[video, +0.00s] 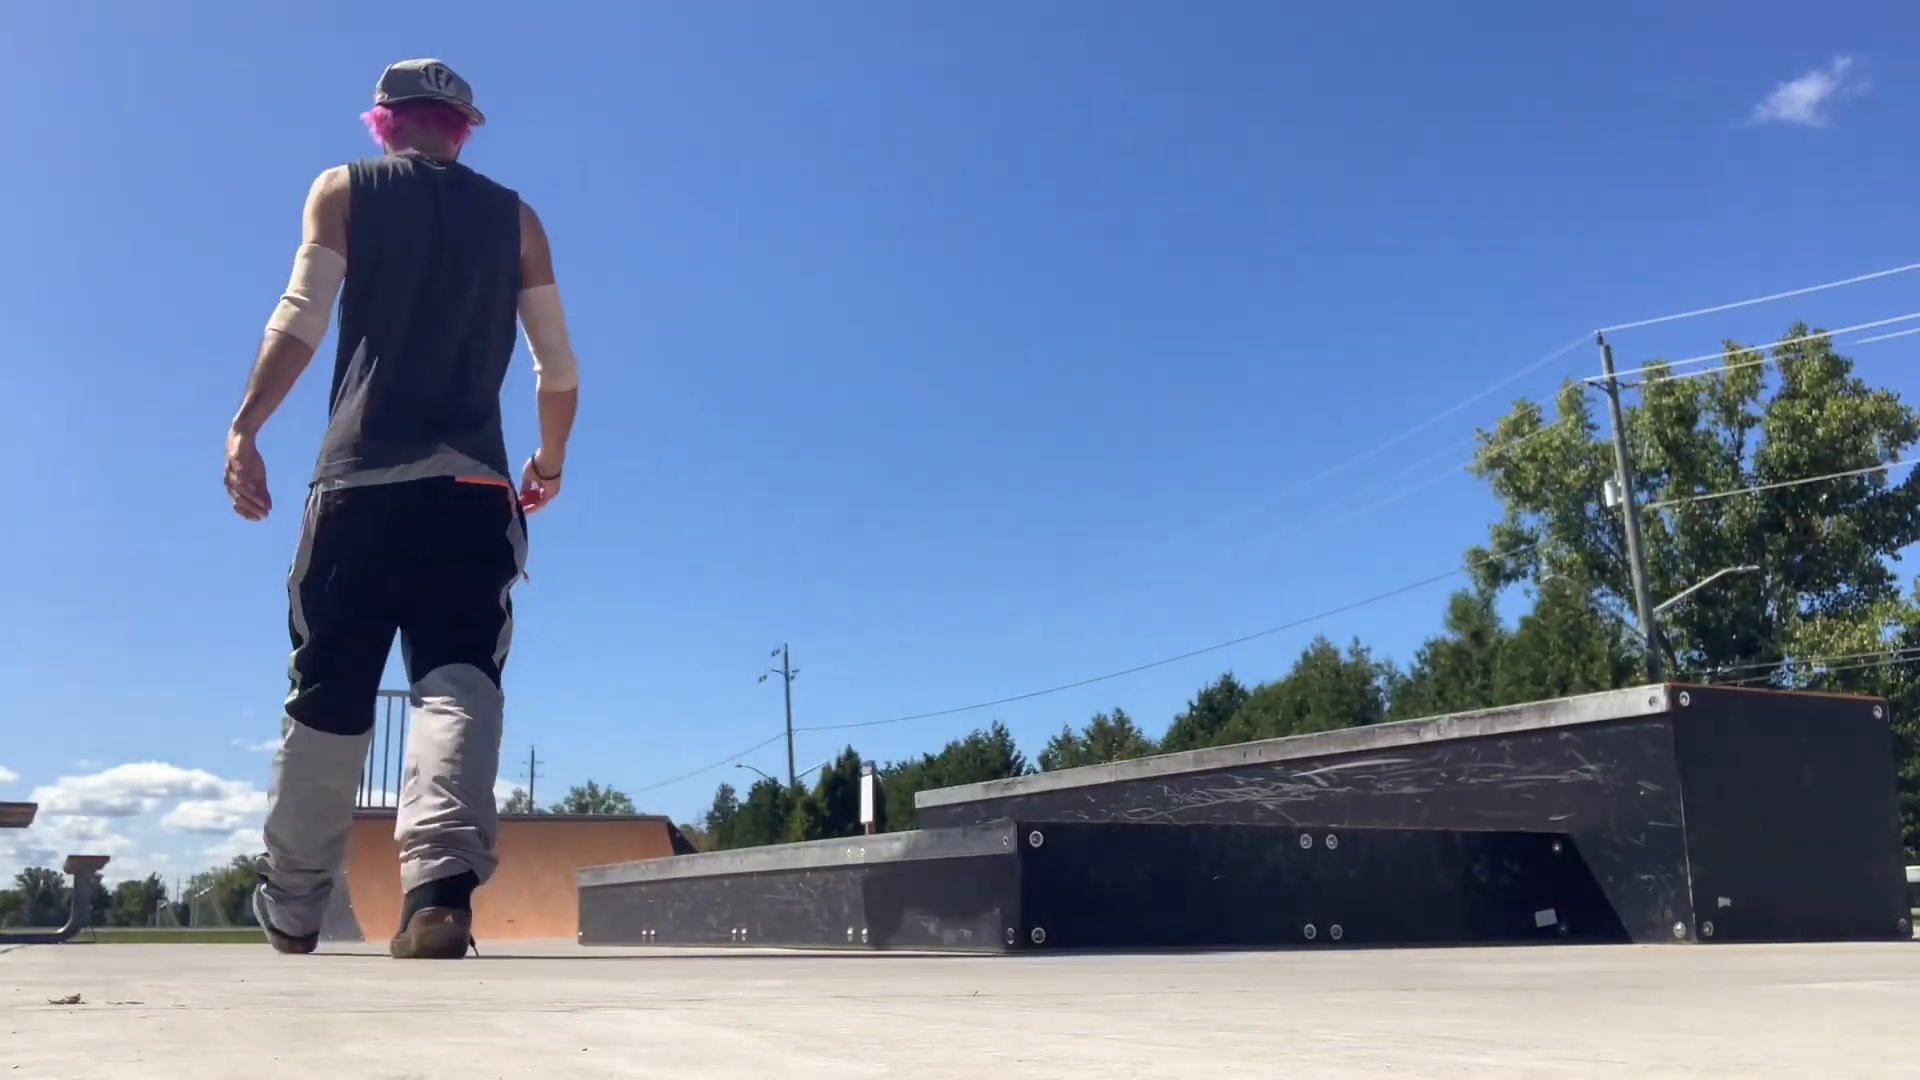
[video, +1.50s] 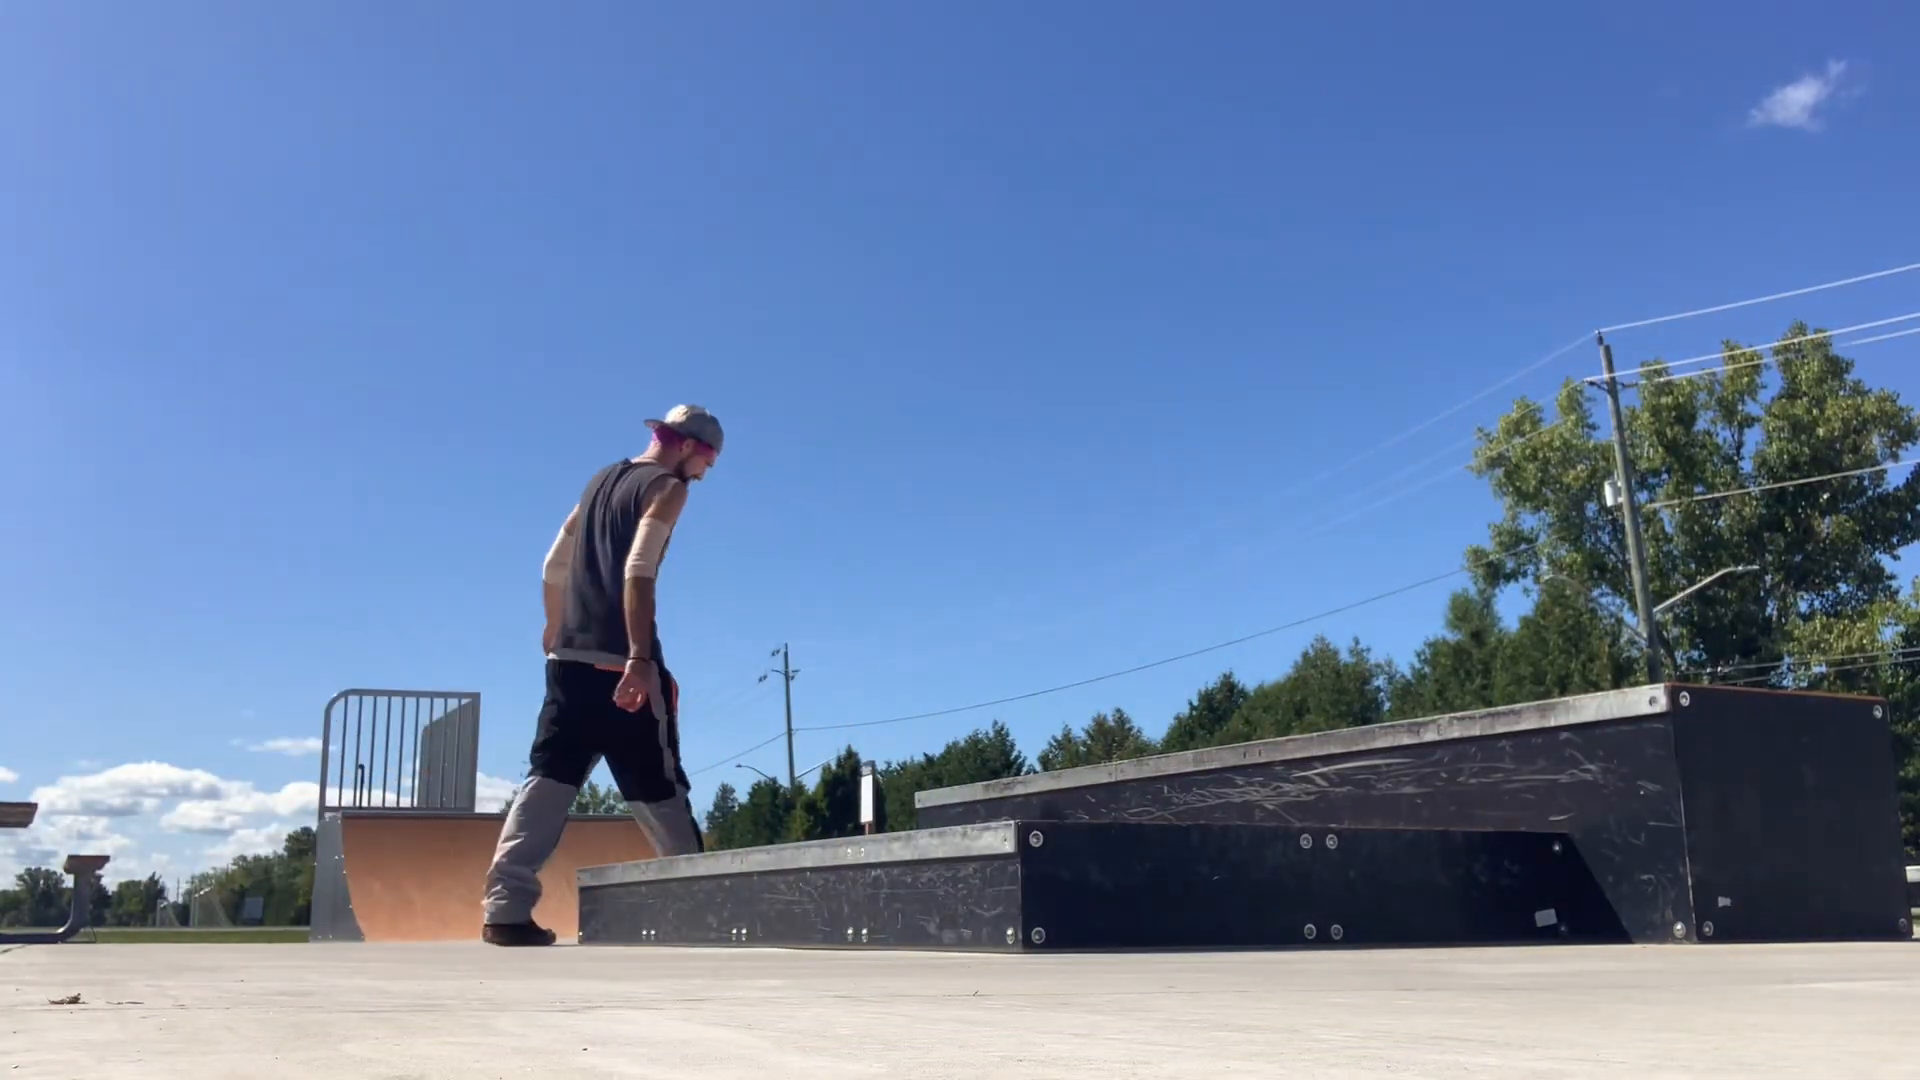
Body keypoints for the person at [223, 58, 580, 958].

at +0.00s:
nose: (379, 139)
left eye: (377, 125)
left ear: (382, 126)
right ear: (465, 129)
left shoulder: (344, 187)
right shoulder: (516, 216)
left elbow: (300, 322)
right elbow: (557, 369)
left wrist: (243, 428)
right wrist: (551, 455)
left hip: (357, 488)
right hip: (470, 492)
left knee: (328, 690)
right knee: (458, 672)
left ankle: (297, 907)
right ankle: (439, 889)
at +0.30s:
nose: (384, 209)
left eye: (379, 196)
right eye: (429, 202)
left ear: (371, 197)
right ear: (446, 205)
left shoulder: (320, 259)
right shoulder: (480, 273)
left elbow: (265, 389)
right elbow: (500, 398)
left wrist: (208, 495)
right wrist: (517, 515)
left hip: (334, 528)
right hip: (437, 536)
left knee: (303, 714)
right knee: (437, 703)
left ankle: (292, 914)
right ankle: (382, 843)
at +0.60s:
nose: (462, 305)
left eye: (437, 293)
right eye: (482, 297)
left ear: (424, 293)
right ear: (489, 300)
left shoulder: (373, 349)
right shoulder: (511, 368)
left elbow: (313, 454)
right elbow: (509, 467)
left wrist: (278, 530)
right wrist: (522, 561)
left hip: (370, 577)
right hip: (460, 586)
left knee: (337, 708)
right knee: (440, 761)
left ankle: (303, 823)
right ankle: (404, 910)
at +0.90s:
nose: (542, 357)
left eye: (514, 344)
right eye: (545, 349)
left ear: (482, 341)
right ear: (541, 348)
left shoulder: (428, 399)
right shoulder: (546, 400)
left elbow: (379, 501)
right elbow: (567, 504)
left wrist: (340, 586)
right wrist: (593, 580)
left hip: (434, 600)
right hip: (501, 601)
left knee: (440, 753)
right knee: (462, 754)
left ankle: (420, 908)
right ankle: (407, 900)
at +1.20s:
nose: (617, 432)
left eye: (620, 425)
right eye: (620, 425)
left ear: (564, 407)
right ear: (609, 415)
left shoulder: (505, 455)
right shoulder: (602, 461)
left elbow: (458, 553)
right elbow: (612, 564)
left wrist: (426, 631)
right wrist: (648, 645)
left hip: (492, 639)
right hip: (550, 640)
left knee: (515, 772)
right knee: (558, 774)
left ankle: (504, 916)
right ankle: (467, 839)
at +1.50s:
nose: (706, 470)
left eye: (710, 461)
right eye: (708, 458)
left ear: (660, 439)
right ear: (688, 446)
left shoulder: (603, 479)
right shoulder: (667, 486)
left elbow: (556, 563)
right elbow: (639, 571)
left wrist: (556, 630)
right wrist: (640, 655)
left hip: (571, 662)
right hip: (627, 666)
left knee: (549, 781)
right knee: (659, 796)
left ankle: (505, 911)